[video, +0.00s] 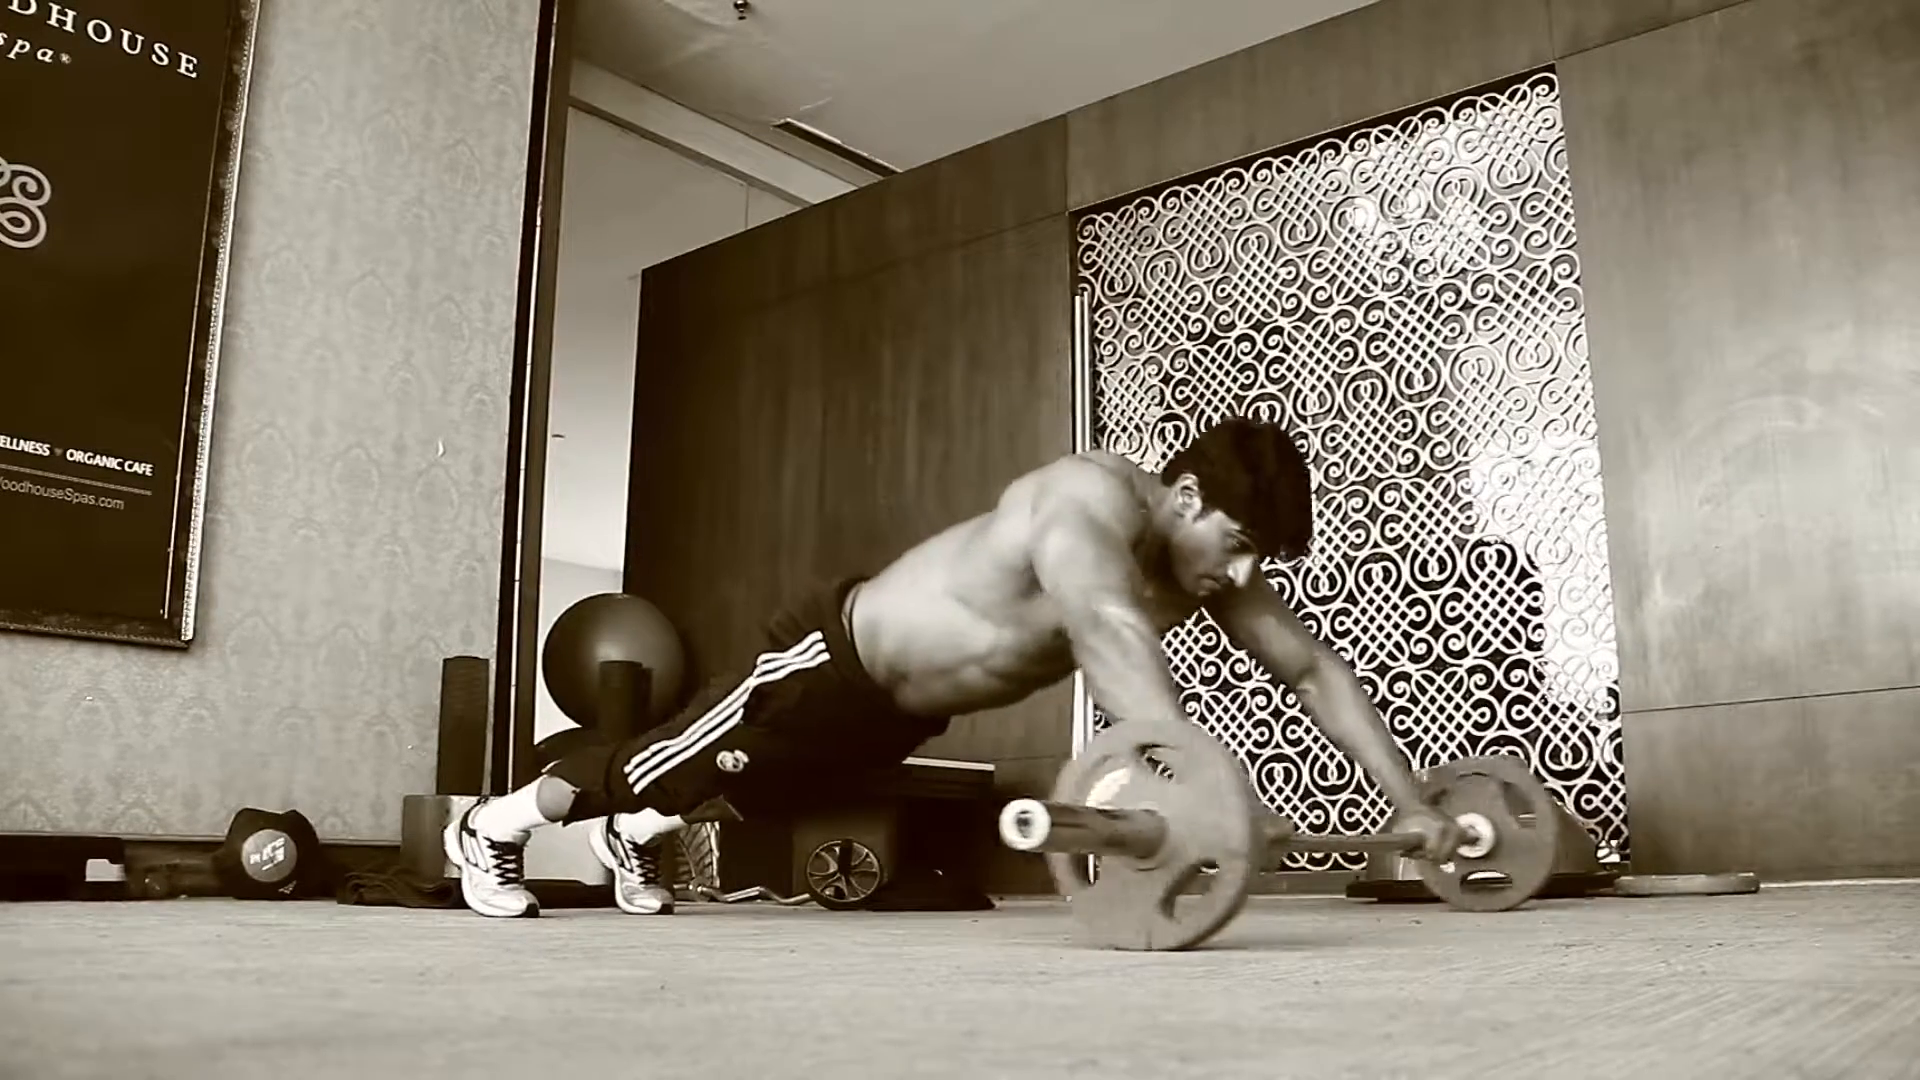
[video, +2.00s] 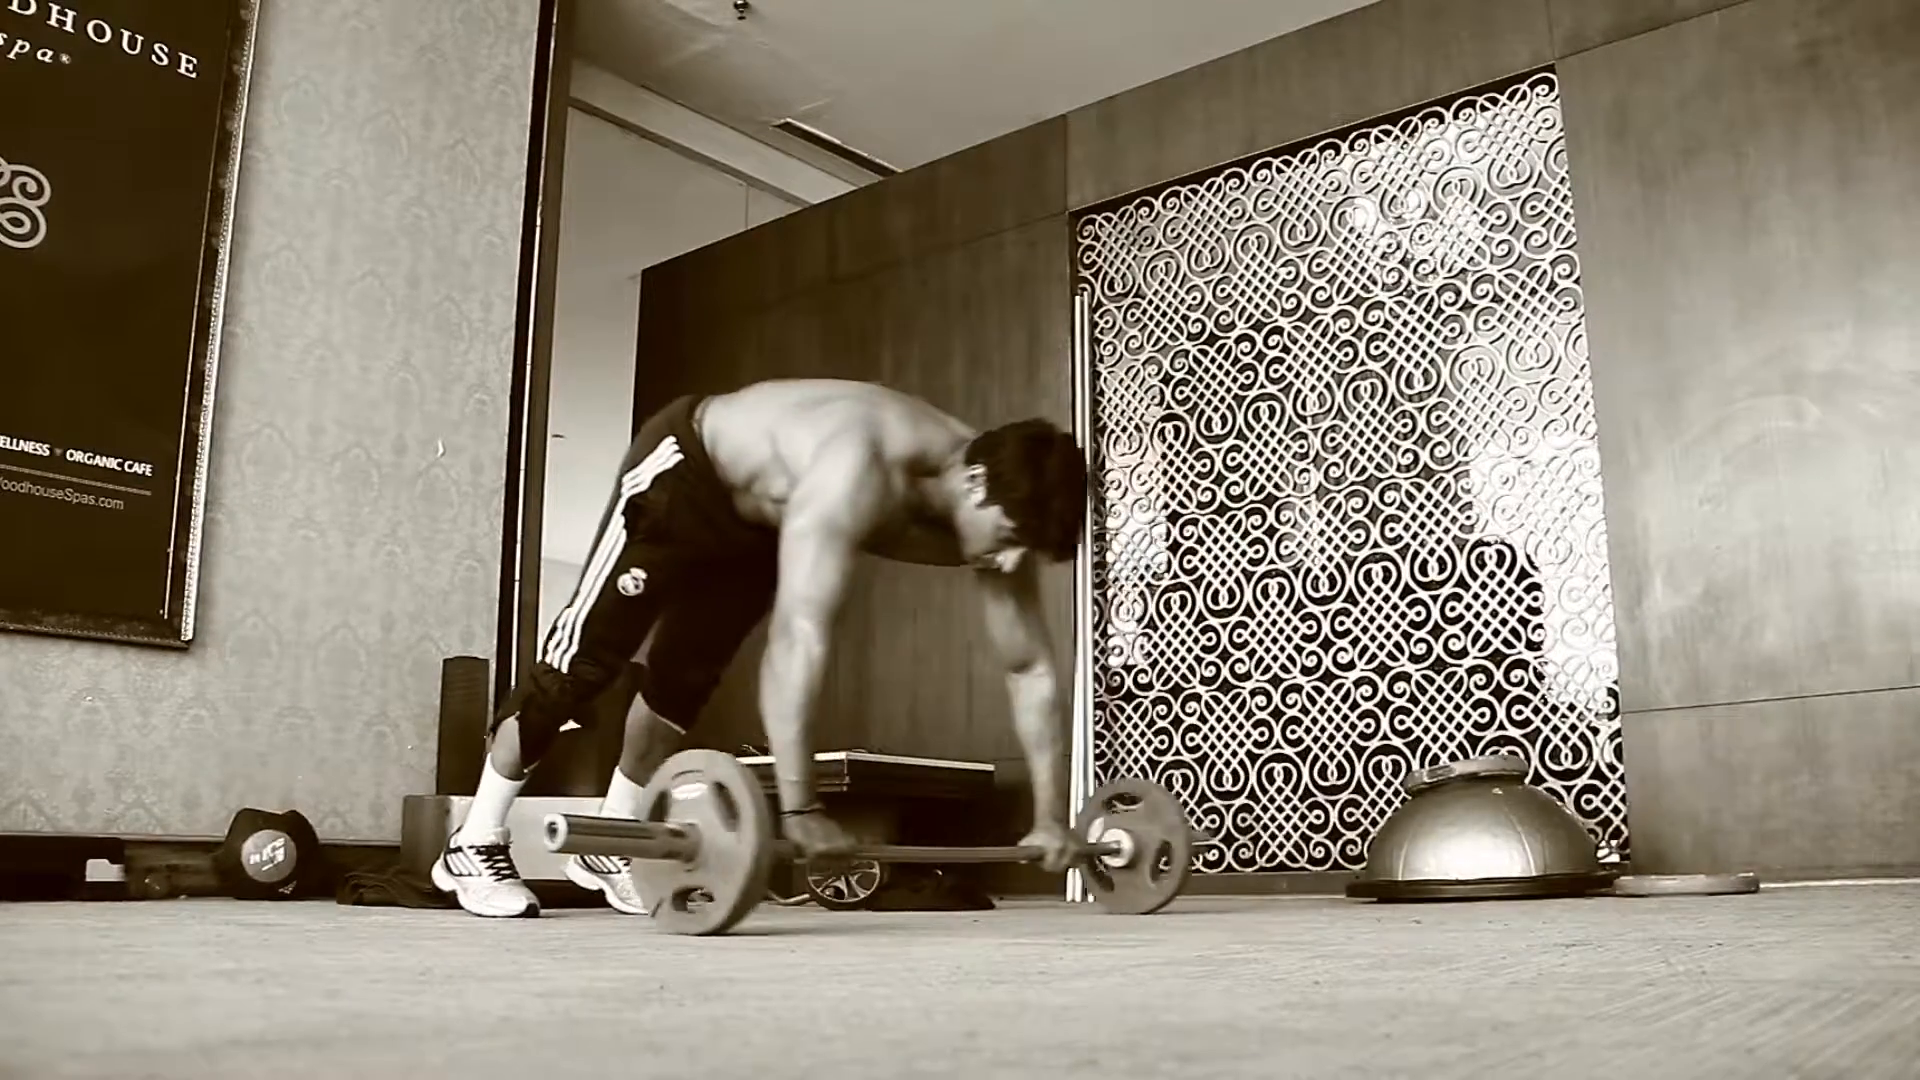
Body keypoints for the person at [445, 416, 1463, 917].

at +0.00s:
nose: (1237, 579)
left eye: (1252, 564)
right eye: (1240, 553)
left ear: (1228, 526)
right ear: (1200, 496)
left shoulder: (1183, 553)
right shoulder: (1090, 498)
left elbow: (1310, 668)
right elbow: (1105, 634)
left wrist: (1407, 791)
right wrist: (1193, 756)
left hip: (899, 712)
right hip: (839, 659)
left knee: (761, 800)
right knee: (668, 765)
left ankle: (628, 843)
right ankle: (495, 820)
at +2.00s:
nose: (1011, 562)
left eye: (1028, 551)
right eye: (1011, 540)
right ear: (975, 486)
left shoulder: (989, 507)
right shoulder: (854, 466)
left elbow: (1032, 668)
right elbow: (798, 635)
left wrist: (1051, 816)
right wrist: (798, 809)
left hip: (769, 524)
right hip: (688, 470)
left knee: (675, 687)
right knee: (581, 667)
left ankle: (610, 839)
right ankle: (471, 845)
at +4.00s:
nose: (1057, 541)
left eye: (1071, 529)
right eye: (1056, 519)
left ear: (1051, 501)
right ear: (1012, 472)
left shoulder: (1020, 525)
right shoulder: (896, 474)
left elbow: (1088, 670)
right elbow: (864, 638)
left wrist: (1138, 811)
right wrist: (890, 805)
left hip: (784, 562)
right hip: (708, 507)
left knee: (684, 709)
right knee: (596, 686)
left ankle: (596, 855)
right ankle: (471, 854)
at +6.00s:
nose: (1208, 591)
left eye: (1226, 579)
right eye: (1215, 569)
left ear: (1209, 521)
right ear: (1191, 507)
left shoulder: (1177, 534)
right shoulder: (1075, 487)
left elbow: (1290, 665)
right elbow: (1086, 625)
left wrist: (1372, 793)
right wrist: (1156, 750)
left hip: (887, 645)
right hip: (823, 612)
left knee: (751, 738)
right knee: (657, 737)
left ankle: (618, 821)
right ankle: (495, 821)